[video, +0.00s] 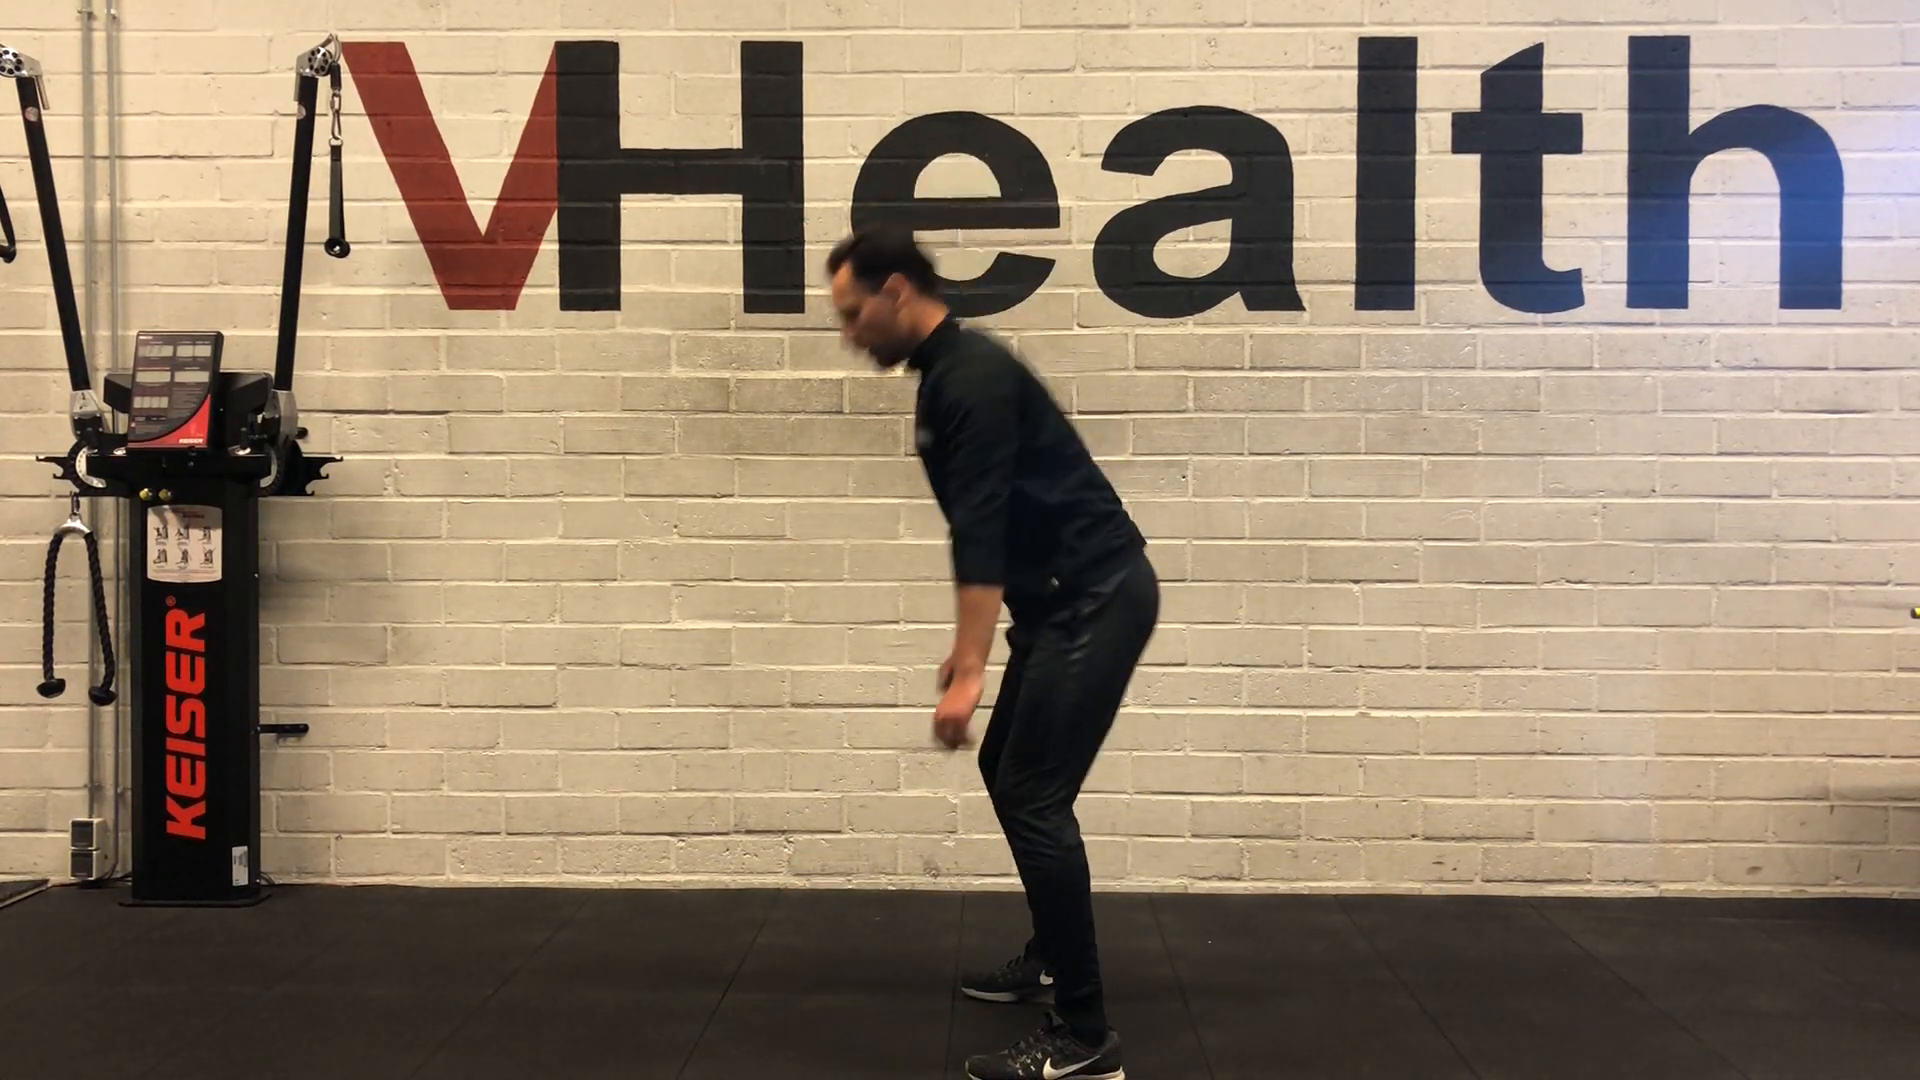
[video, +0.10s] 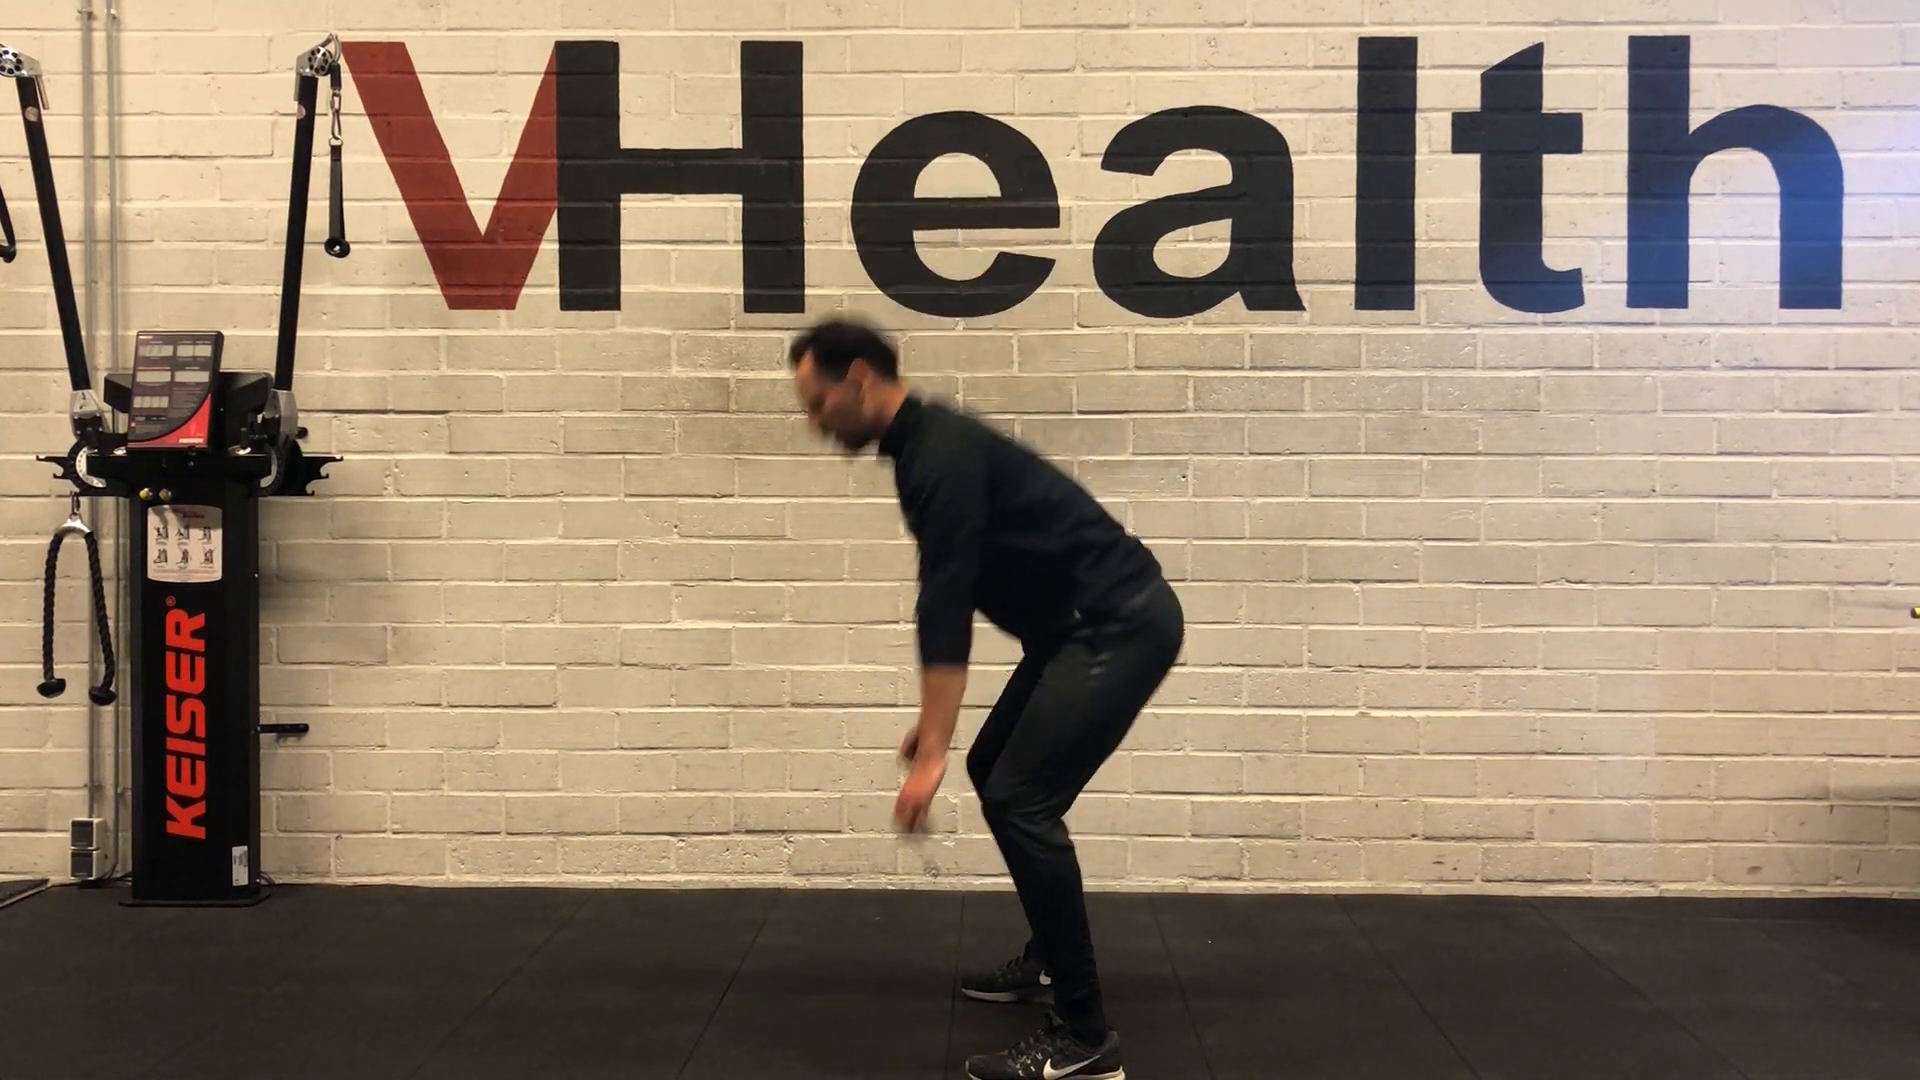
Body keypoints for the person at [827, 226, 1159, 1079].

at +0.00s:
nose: (847, 334)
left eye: (851, 314)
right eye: (840, 318)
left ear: (899, 291)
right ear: (896, 295)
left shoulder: (971, 381)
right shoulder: (948, 376)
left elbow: (981, 540)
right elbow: (980, 537)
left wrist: (965, 674)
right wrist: (968, 661)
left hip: (1100, 600)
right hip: (1059, 602)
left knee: (1035, 792)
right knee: (1010, 769)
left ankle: (1083, 1032)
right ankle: (1056, 956)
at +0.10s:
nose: (813, 420)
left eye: (817, 400)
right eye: (807, 405)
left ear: (863, 376)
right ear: (859, 382)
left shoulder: (941, 454)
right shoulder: (922, 448)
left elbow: (948, 609)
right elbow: (943, 601)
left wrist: (932, 759)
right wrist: (932, 721)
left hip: (1121, 624)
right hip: (1072, 625)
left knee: (1020, 795)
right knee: (992, 769)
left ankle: (1084, 1032)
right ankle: (1054, 959)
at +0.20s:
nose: (791, 521)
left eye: (794, 502)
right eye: (784, 506)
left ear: (839, 480)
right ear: (841, 482)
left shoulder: (922, 548)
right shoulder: (908, 533)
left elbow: (913, 710)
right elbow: (911, 703)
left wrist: (891, 851)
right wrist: (891, 833)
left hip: (1130, 668)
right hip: (1084, 658)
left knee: (996, 812)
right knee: (969, 772)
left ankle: (1082, 1034)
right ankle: (1048, 959)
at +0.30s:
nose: (778, 616)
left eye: (777, 596)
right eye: (770, 600)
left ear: (818, 570)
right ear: (821, 570)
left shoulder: (905, 631)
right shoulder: (896, 607)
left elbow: (887, 787)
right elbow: (884, 773)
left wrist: (861, 934)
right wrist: (865, 897)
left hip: (1128, 705)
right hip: (1089, 691)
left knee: (974, 825)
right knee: (954, 781)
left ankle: (1080, 1033)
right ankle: (1042, 960)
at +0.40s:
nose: (770, 707)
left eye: (768, 688)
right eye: (762, 694)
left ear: (810, 661)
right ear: (812, 657)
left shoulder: (890, 694)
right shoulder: (880, 668)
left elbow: (877, 857)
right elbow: (874, 835)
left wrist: (847, 1015)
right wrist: (855, 949)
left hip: (1136, 666)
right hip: (1109, 656)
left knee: (996, 814)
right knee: (987, 799)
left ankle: (1080, 1033)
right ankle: (1043, 960)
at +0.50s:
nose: (782, 773)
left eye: (774, 755)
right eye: (769, 760)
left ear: (807, 720)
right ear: (814, 709)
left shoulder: (894, 732)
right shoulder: (878, 701)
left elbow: (893, 891)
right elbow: (889, 862)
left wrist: (858, 1049)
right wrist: (869, 969)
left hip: (1116, 634)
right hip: (1093, 626)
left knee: (1014, 818)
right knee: (1009, 801)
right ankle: (1105, 942)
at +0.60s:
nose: (721, 774)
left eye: (724, 754)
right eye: (714, 756)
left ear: (769, 734)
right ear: (770, 726)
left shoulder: (864, 757)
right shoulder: (842, 730)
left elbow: (886, 910)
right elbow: (881, 875)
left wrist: (864, 1060)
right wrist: (865, 974)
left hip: (1090, 688)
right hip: (1074, 681)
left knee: (1088, 907)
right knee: (1105, 841)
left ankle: (1311, 919)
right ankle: (1274, 865)